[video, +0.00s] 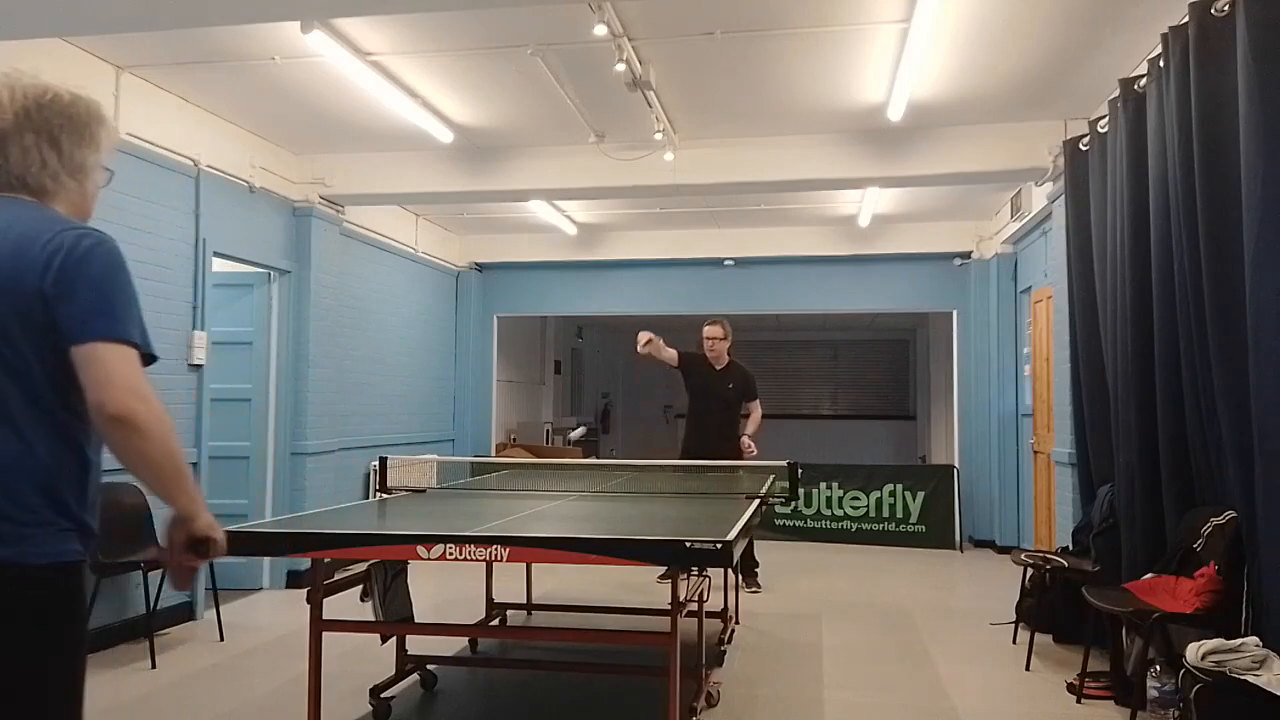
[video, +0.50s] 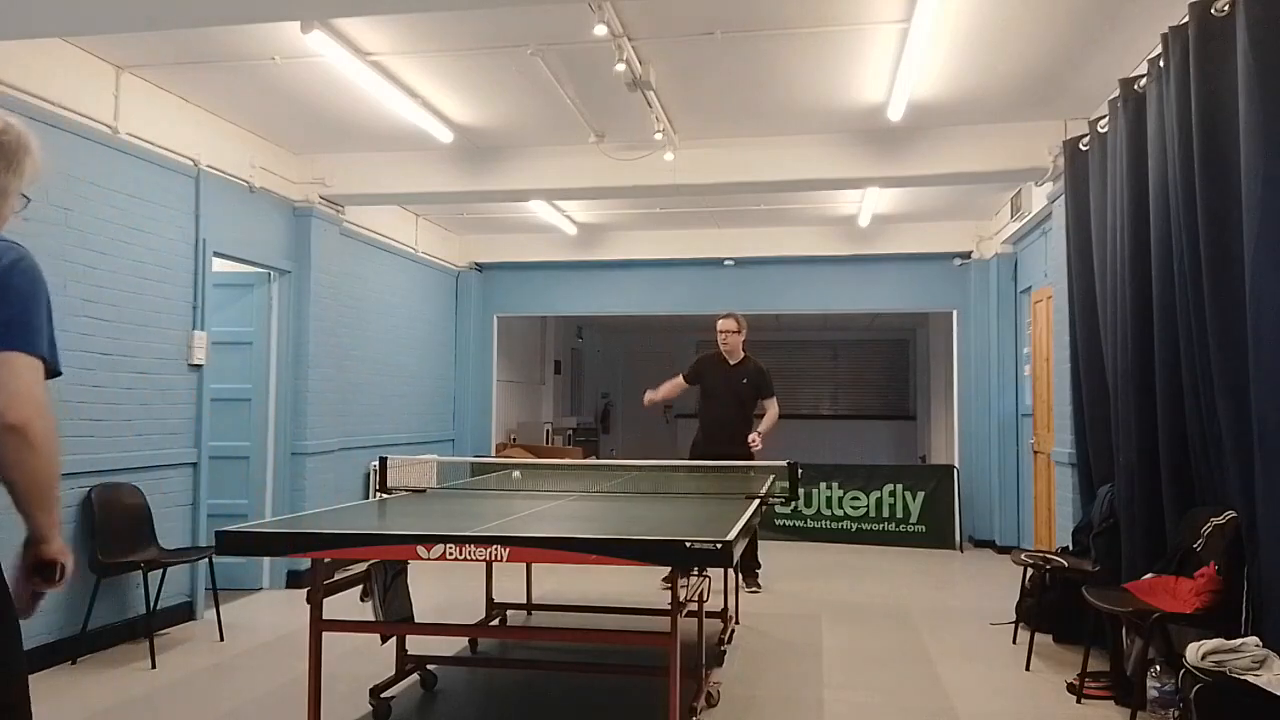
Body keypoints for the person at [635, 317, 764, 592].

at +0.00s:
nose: (710, 344)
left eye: (716, 339)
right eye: (706, 339)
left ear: (728, 342)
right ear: (702, 341)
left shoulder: (742, 375)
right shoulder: (692, 362)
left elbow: (755, 411)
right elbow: (663, 353)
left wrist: (747, 434)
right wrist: (650, 340)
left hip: (728, 456)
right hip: (692, 453)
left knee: (738, 513)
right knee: (678, 508)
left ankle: (748, 572)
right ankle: (677, 561)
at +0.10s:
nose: (716, 342)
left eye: (721, 337)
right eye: (712, 337)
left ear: (734, 340)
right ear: (708, 339)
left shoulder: (748, 375)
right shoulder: (697, 362)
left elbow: (761, 410)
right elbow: (668, 353)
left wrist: (753, 434)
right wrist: (655, 339)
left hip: (733, 456)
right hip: (698, 453)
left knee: (742, 514)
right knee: (682, 507)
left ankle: (748, 572)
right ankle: (677, 561)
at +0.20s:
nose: (721, 340)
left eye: (726, 335)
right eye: (717, 336)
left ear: (739, 338)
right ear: (713, 338)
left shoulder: (752, 372)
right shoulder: (701, 361)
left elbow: (768, 408)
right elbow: (669, 355)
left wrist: (759, 433)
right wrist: (656, 344)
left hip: (738, 455)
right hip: (703, 452)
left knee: (745, 514)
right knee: (684, 505)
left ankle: (749, 573)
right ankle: (676, 560)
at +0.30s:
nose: (725, 338)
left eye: (730, 334)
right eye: (721, 334)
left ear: (743, 336)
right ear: (717, 336)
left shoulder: (756, 370)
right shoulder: (704, 361)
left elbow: (773, 407)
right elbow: (670, 360)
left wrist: (763, 432)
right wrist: (655, 354)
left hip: (741, 454)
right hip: (706, 451)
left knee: (747, 514)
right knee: (688, 506)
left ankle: (749, 572)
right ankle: (679, 560)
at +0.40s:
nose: (726, 337)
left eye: (732, 333)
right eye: (723, 333)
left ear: (744, 335)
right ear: (718, 335)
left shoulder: (757, 370)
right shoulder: (707, 362)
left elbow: (775, 408)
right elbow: (674, 371)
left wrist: (763, 431)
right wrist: (652, 371)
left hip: (741, 456)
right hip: (706, 453)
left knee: (747, 515)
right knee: (693, 509)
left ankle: (749, 573)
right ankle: (685, 566)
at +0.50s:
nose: (724, 337)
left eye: (729, 333)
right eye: (720, 333)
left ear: (742, 335)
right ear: (716, 335)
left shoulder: (755, 370)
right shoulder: (705, 363)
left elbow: (772, 409)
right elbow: (677, 385)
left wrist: (759, 432)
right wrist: (656, 394)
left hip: (739, 455)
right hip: (703, 453)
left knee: (746, 515)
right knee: (686, 508)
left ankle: (749, 573)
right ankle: (678, 566)